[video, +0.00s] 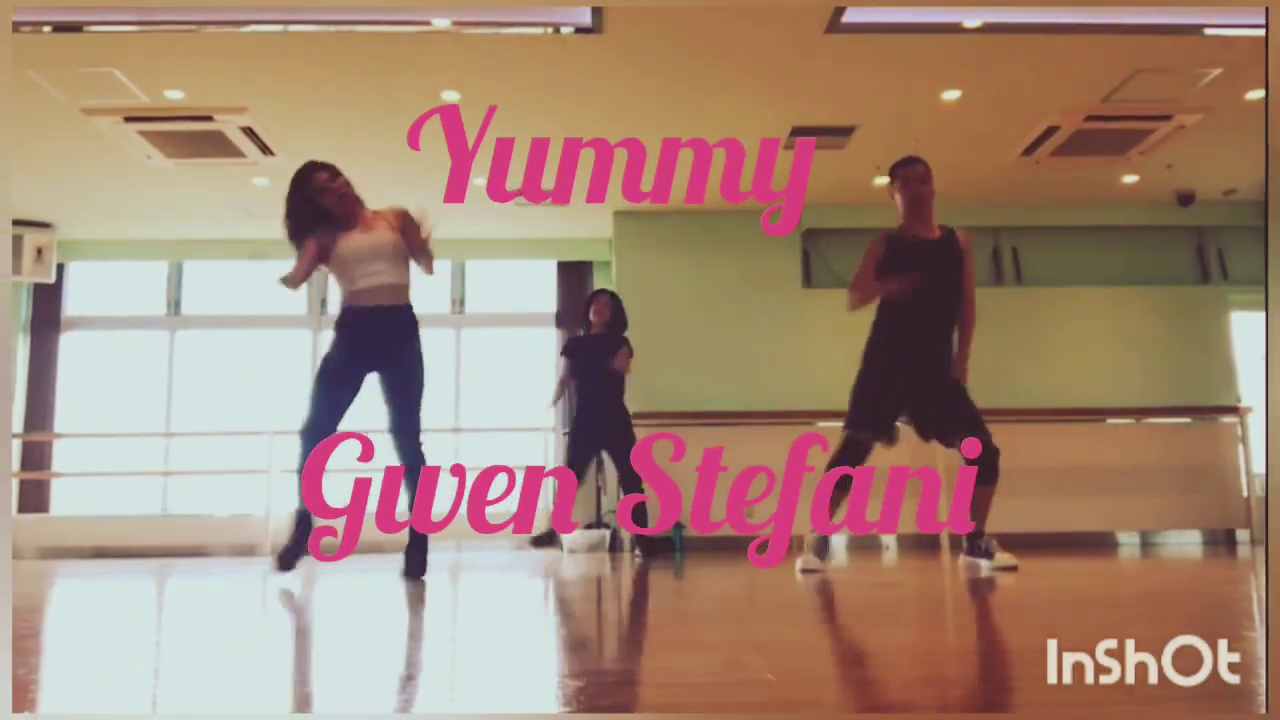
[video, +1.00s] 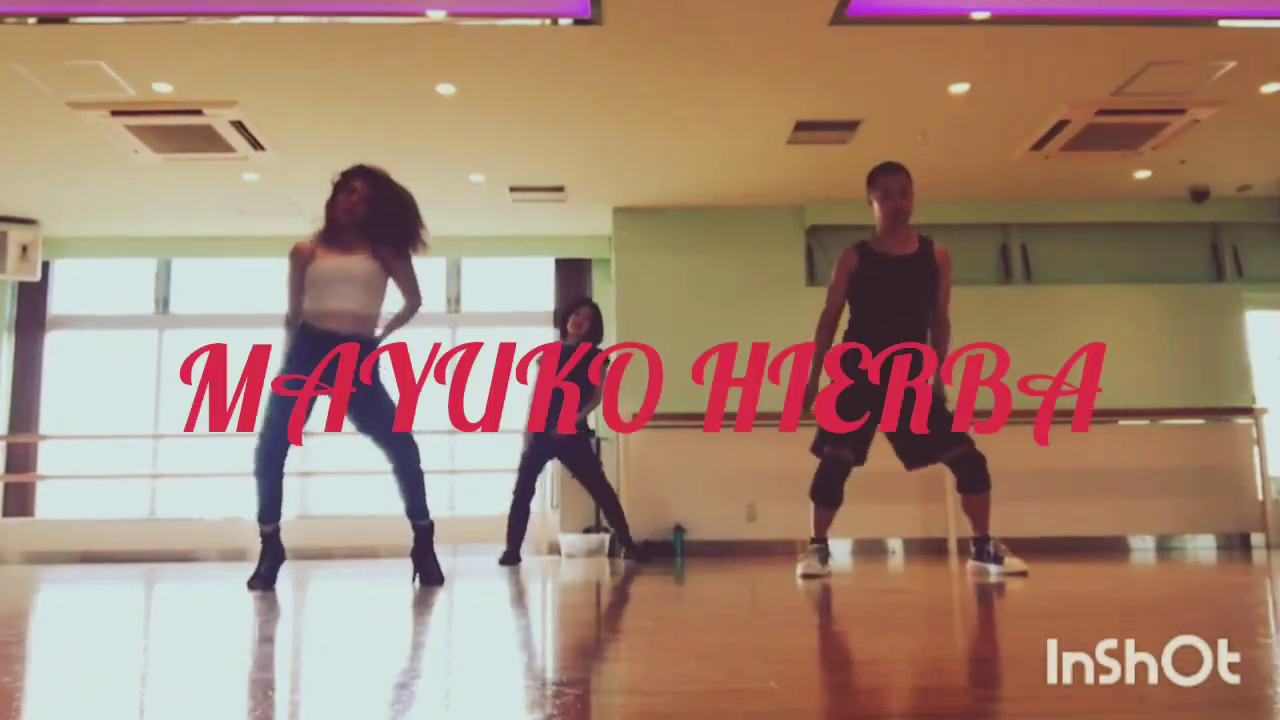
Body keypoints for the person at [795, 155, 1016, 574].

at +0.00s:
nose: (917, 190)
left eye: (923, 181)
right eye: (907, 184)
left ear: (934, 187)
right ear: (894, 193)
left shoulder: (956, 243)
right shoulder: (885, 245)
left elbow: (967, 305)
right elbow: (855, 297)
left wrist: (961, 361)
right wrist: (889, 284)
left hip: (933, 369)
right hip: (884, 368)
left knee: (984, 453)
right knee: (853, 450)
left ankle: (974, 541)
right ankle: (817, 541)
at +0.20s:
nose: (920, 213)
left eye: (927, 205)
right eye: (910, 206)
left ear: (937, 213)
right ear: (895, 215)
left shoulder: (943, 278)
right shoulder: (874, 269)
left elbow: (948, 343)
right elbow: (843, 321)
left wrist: (952, 396)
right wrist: (834, 379)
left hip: (922, 389)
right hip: (874, 387)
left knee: (988, 459)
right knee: (844, 463)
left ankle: (977, 542)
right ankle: (817, 542)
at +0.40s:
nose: (919, 210)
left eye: (926, 202)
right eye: (909, 202)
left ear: (935, 210)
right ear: (892, 210)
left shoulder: (935, 273)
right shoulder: (866, 262)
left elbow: (946, 338)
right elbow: (835, 319)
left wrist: (959, 391)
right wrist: (823, 379)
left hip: (934, 388)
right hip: (882, 389)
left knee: (997, 460)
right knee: (855, 466)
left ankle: (984, 544)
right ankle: (819, 544)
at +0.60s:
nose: (914, 197)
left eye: (921, 189)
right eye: (904, 189)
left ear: (929, 196)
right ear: (886, 195)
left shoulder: (935, 257)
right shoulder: (860, 248)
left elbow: (948, 320)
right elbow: (831, 306)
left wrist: (961, 376)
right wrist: (818, 364)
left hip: (935, 371)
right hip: (882, 373)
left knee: (987, 452)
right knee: (859, 456)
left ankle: (986, 545)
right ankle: (820, 544)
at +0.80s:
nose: (902, 193)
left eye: (909, 185)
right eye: (893, 185)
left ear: (920, 191)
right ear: (877, 191)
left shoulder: (936, 250)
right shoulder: (855, 246)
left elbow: (947, 314)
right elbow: (826, 304)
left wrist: (957, 373)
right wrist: (811, 361)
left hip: (921, 368)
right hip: (868, 371)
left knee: (971, 453)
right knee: (850, 455)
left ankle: (985, 545)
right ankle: (819, 545)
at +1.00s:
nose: (896, 203)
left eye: (903, 193)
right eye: (886, 195)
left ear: (914, 198)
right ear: (871, 201)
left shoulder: (935, 257)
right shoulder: (855, 258)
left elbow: (940, 321)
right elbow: (829, 317)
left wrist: (936, 376)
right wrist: (814, 376)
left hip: (914, 385)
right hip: (860, 383)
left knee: (970, 465)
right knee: (835, 462)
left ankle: (984, 546)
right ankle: (818, 546)